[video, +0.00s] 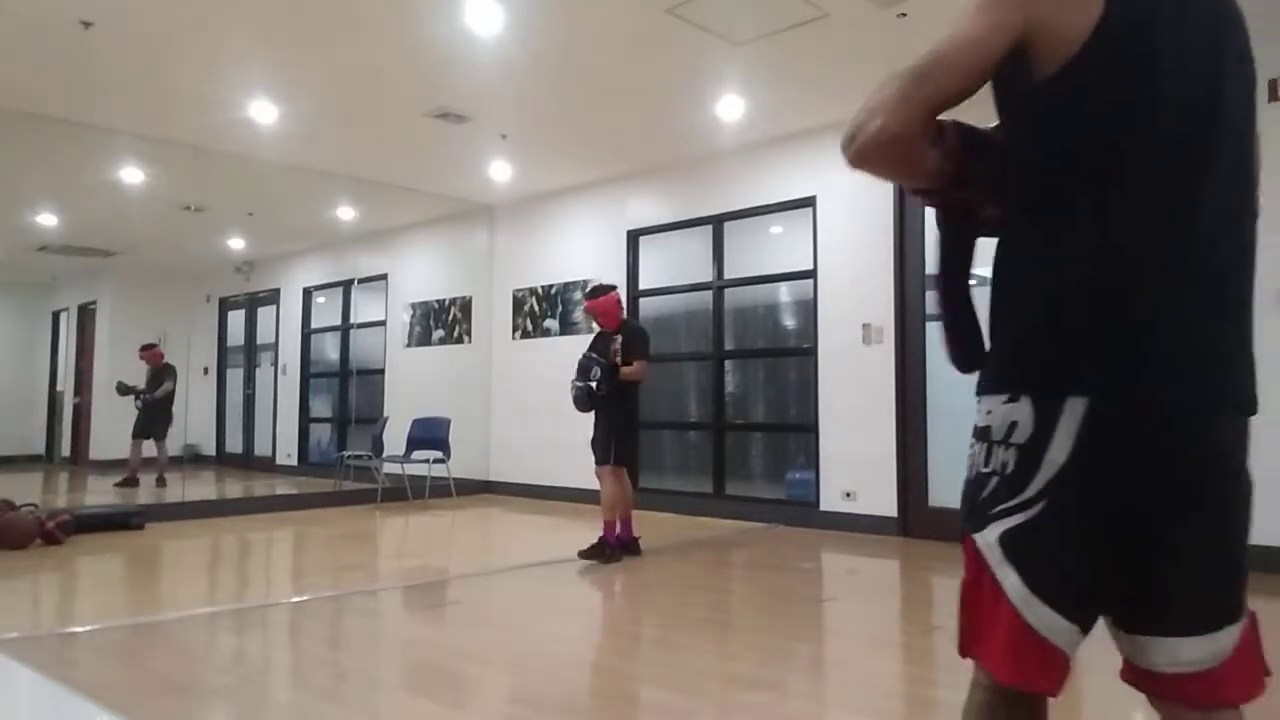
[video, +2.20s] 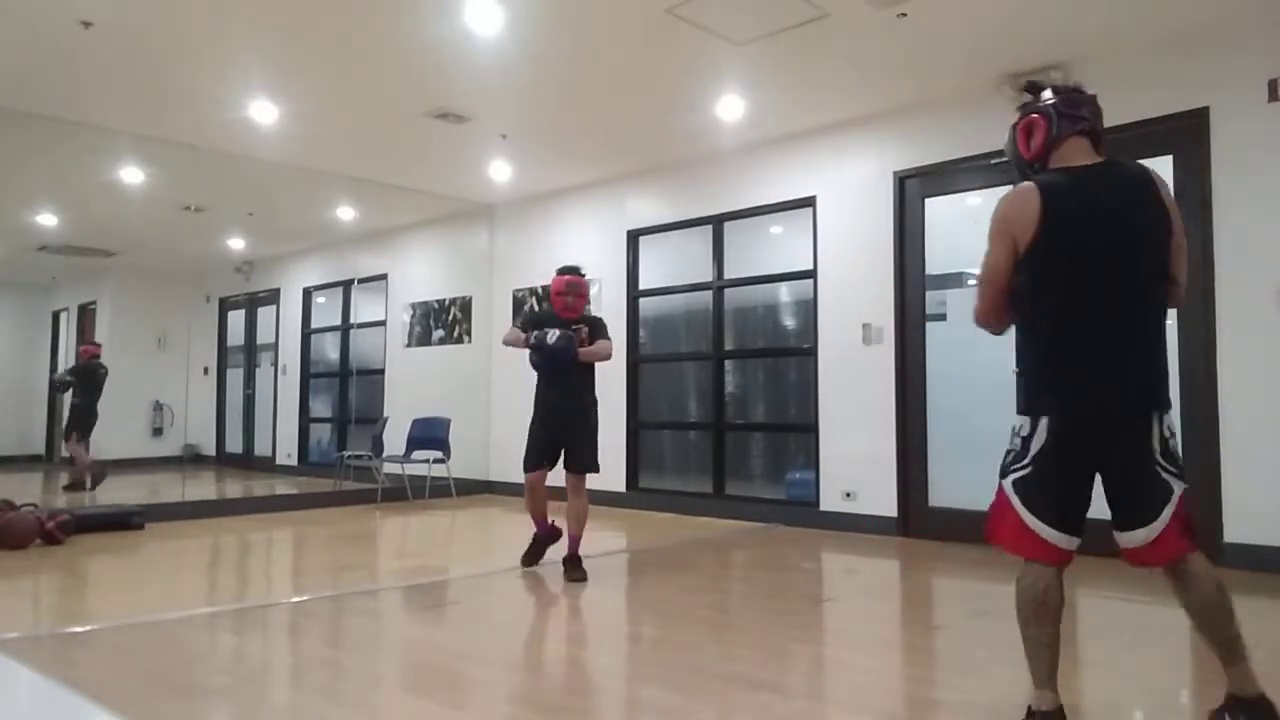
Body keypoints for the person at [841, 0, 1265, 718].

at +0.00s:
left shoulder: (1037, 4)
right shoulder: (1218, 17)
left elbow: (873, 137)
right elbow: (1217, 194)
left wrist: (983, 172)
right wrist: (1012, 185)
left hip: (1064, 384)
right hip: (1205, 385)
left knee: (1011, 676)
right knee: (1198, 686)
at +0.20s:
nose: (930, 21)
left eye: (929, 14)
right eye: (927, 17)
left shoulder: (959, 48)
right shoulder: (1138, 47)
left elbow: (804, 199)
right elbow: (1180, 218)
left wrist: (926, 217)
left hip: (999, 398)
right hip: (1126, 391)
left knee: (958, 657)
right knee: (1099, 661)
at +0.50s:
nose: (906, 21)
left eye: (908, 14)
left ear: (923, 10)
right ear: (1021, 9)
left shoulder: (895, 84)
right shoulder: (1076, 80)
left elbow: (793, 227)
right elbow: (1111, 244)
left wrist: (870, 239)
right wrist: (1009, 241)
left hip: (932, 393)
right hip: (1048, 391)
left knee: (939, 635)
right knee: (1061, 616)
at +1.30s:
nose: (975, 91)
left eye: (976, 80)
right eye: (975, 83)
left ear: (994, 73)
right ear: (1068, 83)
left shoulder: (971, 144)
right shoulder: (1111, 158)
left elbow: (906, 272)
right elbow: (1069, 272)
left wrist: (891, 235)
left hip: (979, 395)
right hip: (1072, 396)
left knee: (941, 573)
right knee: (1048, 590)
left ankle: (928, 710)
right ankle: (1037, 718)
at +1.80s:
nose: (975, 143)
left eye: (976, 132)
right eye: (973, 134)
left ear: (991, 126)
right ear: (1055, 126)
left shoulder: (978, 196)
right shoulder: (1115, 182)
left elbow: (933, 317)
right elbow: (1120, 289)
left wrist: (913, 280)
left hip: (1015, 408)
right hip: (1100, 404)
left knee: (1020, 570)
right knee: (1081, 568)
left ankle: (1044, 704)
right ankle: (1041, 697)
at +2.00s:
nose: (987, 149)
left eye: (988, 138)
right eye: (987, 140)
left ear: (1004, 134)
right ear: (1063, 133)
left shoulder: (990, 210)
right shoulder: (1121, 184)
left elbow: (934, 316)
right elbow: (1168, 285)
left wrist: (940, 282)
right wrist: (1094, 285)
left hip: (1032, 412)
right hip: (1117, 408)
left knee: (1030, 563)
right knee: (1137, 556)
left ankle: (1044, 706)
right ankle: (1128, 682)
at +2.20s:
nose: (1019, 146)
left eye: (1021, 135)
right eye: (1018, 137)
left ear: (1038, 131)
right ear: (1093, 128)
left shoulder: (1023, 203)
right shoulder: (1150, 186)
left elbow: (991, 315)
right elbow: (1175, 289)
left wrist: (1048, 287)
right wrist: (1112, 279)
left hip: (1056, 407)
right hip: (1140, 403)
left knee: (1040, 557)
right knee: (1179, 551)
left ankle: (1044, 704)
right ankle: (1247, 691)